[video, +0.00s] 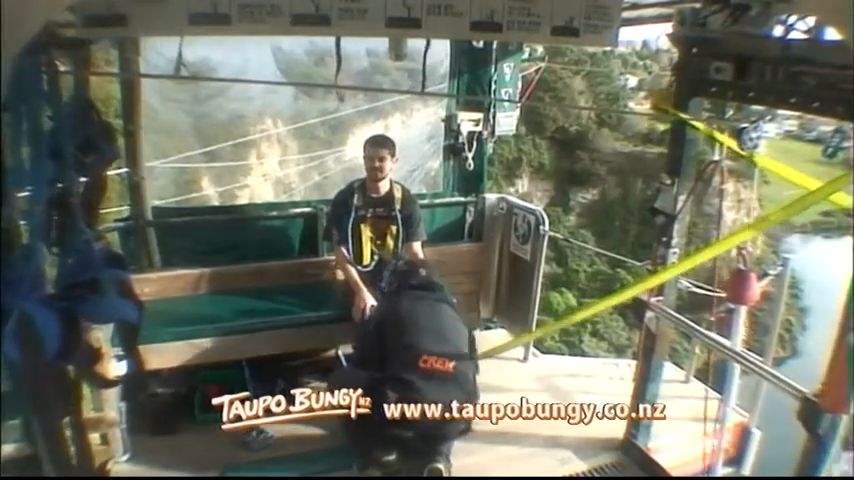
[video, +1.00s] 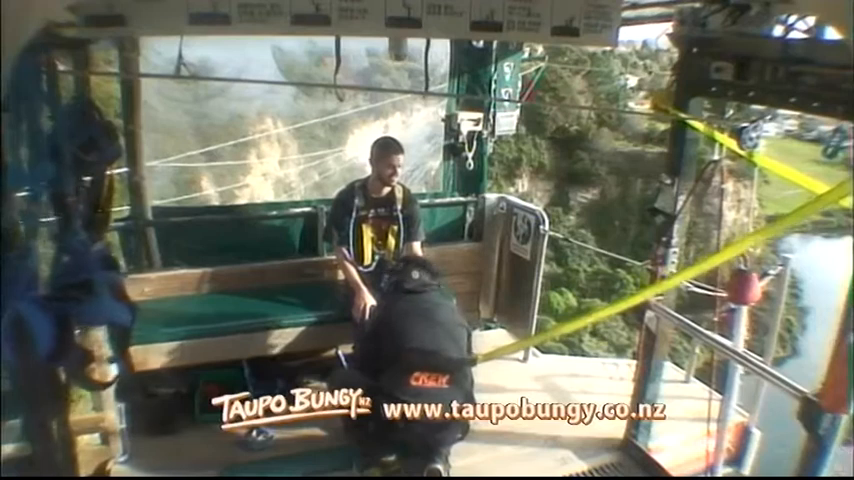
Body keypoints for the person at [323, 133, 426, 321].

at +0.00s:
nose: (375, 165)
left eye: (381, 160)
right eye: (369, 159)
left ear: (394, 161)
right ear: (363, 160)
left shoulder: (405, 199)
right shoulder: (345, 199)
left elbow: (414, 247)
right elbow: (341, 254)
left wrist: (425, 283)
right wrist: (360, 291)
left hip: (397, 278)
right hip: (361, 279)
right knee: (369, 316)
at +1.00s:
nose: (396, 172)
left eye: (399, 166)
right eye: (390, 167)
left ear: (403, 165)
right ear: (373, 163)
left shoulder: (406, 198)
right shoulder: (348, 198)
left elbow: (414, 247)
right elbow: (341, 251)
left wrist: (417, 287)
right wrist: (361, 291)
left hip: (398, 281)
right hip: (362, 281)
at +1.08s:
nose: (396, 173)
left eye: (400, 167)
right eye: (390, 167)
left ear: (403, 165)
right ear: (373, 163)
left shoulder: (406, 199)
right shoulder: (348, 199)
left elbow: (414, 248)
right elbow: (340, 250)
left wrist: (420, 288)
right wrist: (361, 291)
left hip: (398, 284)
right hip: (363, 284)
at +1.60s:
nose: (398, 175)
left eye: (401, 169)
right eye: (393, 169)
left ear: (404, 165)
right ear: (375, 164)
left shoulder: (406, 199)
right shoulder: (349, 199)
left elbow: (414, 248)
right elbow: (341, 252)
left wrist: (422, 289)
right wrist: (362, 291)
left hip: (397, 284)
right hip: (361, 284)